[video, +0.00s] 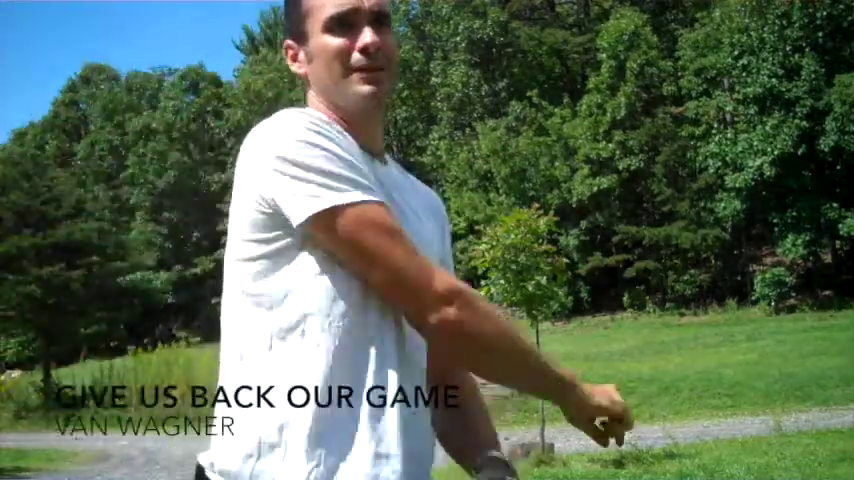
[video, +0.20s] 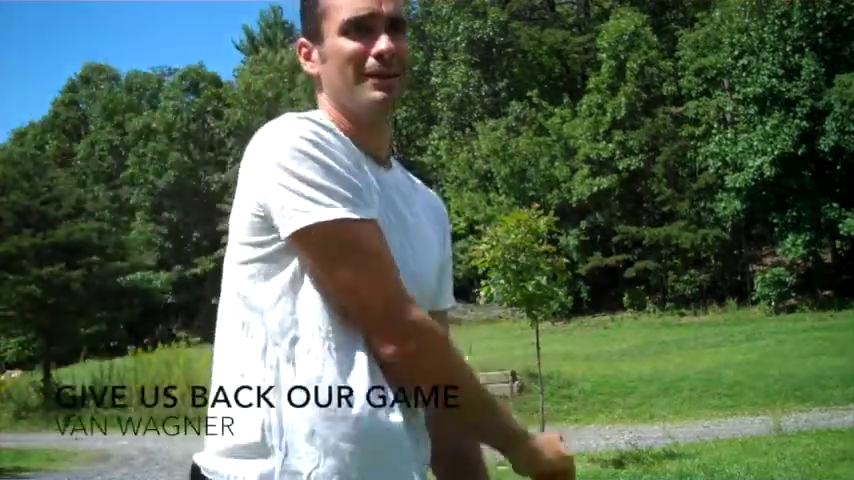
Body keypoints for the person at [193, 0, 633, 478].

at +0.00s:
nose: (370, 41)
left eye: (379, 23)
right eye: (343, 26)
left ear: (395, 41)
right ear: (299, 57)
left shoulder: (425, 201)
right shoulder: (288, 141)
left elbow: (448, 382)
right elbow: (442, 311)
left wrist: (491, 465)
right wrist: (572, 394)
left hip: (397, 468)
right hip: (283, 463)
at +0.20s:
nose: (386, 46)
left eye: (396, 29)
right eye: (359, 29)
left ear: (408, 44)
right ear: (310, 56)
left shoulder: (428, 206)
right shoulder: (292, 146)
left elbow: (441, 382)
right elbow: (399, 342)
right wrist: (522, 446)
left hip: (397, 465)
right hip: (278, 461)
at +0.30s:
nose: (381, 54)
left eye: (392, 36)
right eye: (355, 35)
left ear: (405, 50)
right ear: (305, 60)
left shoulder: (430, 213)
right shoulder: (267, 159)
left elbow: (443, 389)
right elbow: (350, 343)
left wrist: (468, 475)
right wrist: (496, 463)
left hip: (388, 470)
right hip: (264, 467)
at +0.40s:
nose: (366, 57)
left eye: (377, 39)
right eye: (340, 41)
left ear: (389, 54)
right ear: (291, 64)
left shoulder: (429, 215)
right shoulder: (243, 171)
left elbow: (441, 392)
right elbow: (290, 333)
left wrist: (458, 473)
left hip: (379, 469)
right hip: (250, 467)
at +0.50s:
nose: (343, 60)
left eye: (353, 43)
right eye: (317, 44)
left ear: (366, 58)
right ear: (269, 70)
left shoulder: (420, 214)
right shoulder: (220, 180)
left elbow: (432, 389)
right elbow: (220, 310)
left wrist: (453, 471)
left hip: (378, 468)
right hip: (238, 465)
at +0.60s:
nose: (314, 70)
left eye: (324, 52)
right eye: (289, 53)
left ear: (337, 65)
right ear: (243, 79)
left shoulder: (403, 213)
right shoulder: (197, 195)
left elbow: (421, 380)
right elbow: (166, 314)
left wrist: (447, 475)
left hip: (372, 472)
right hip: (232, 470)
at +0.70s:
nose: (279, 78)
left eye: (290, 61)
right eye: (255, 64)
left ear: (304, 77)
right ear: (211, 90)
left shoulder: (375, 215)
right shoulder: (170, 213)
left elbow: (403, 376)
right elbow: (121, 340)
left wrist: (436, 474)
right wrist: (76, 458)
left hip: (345, 470)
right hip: (206, 470)